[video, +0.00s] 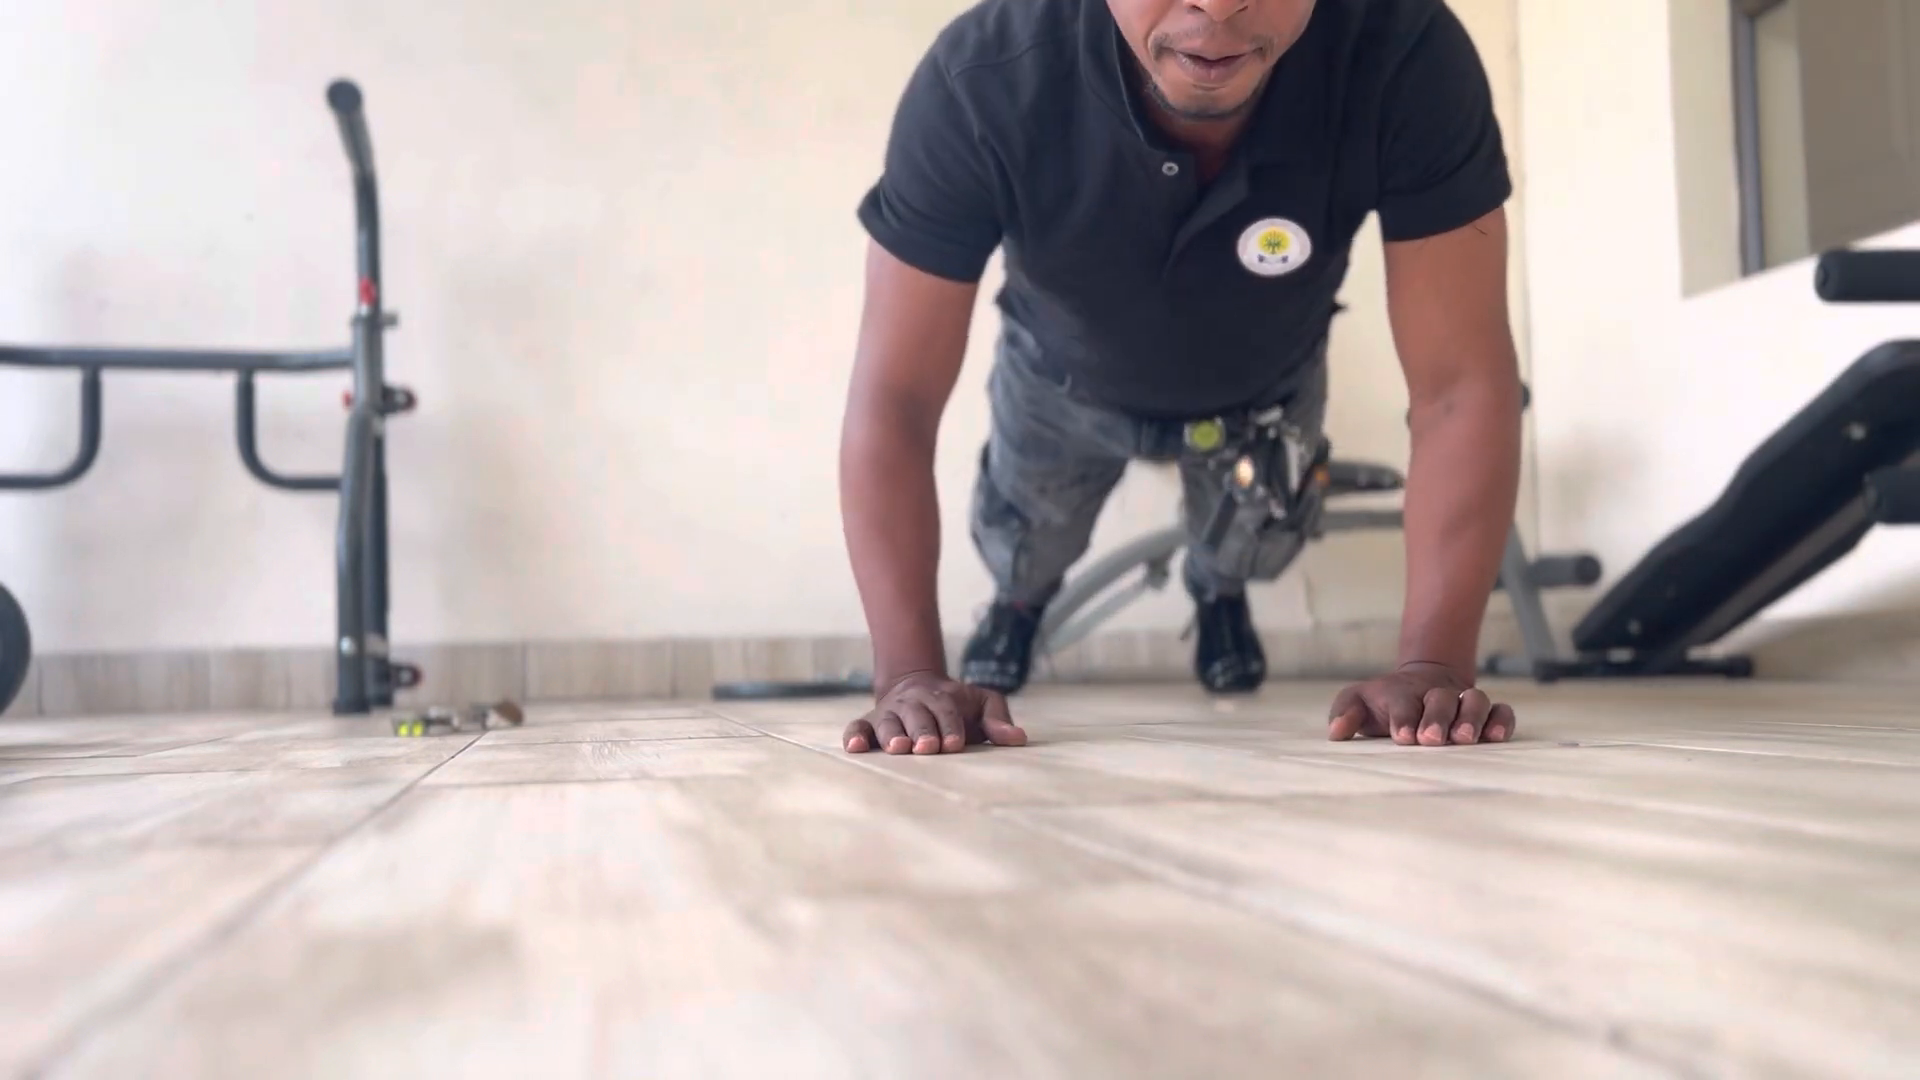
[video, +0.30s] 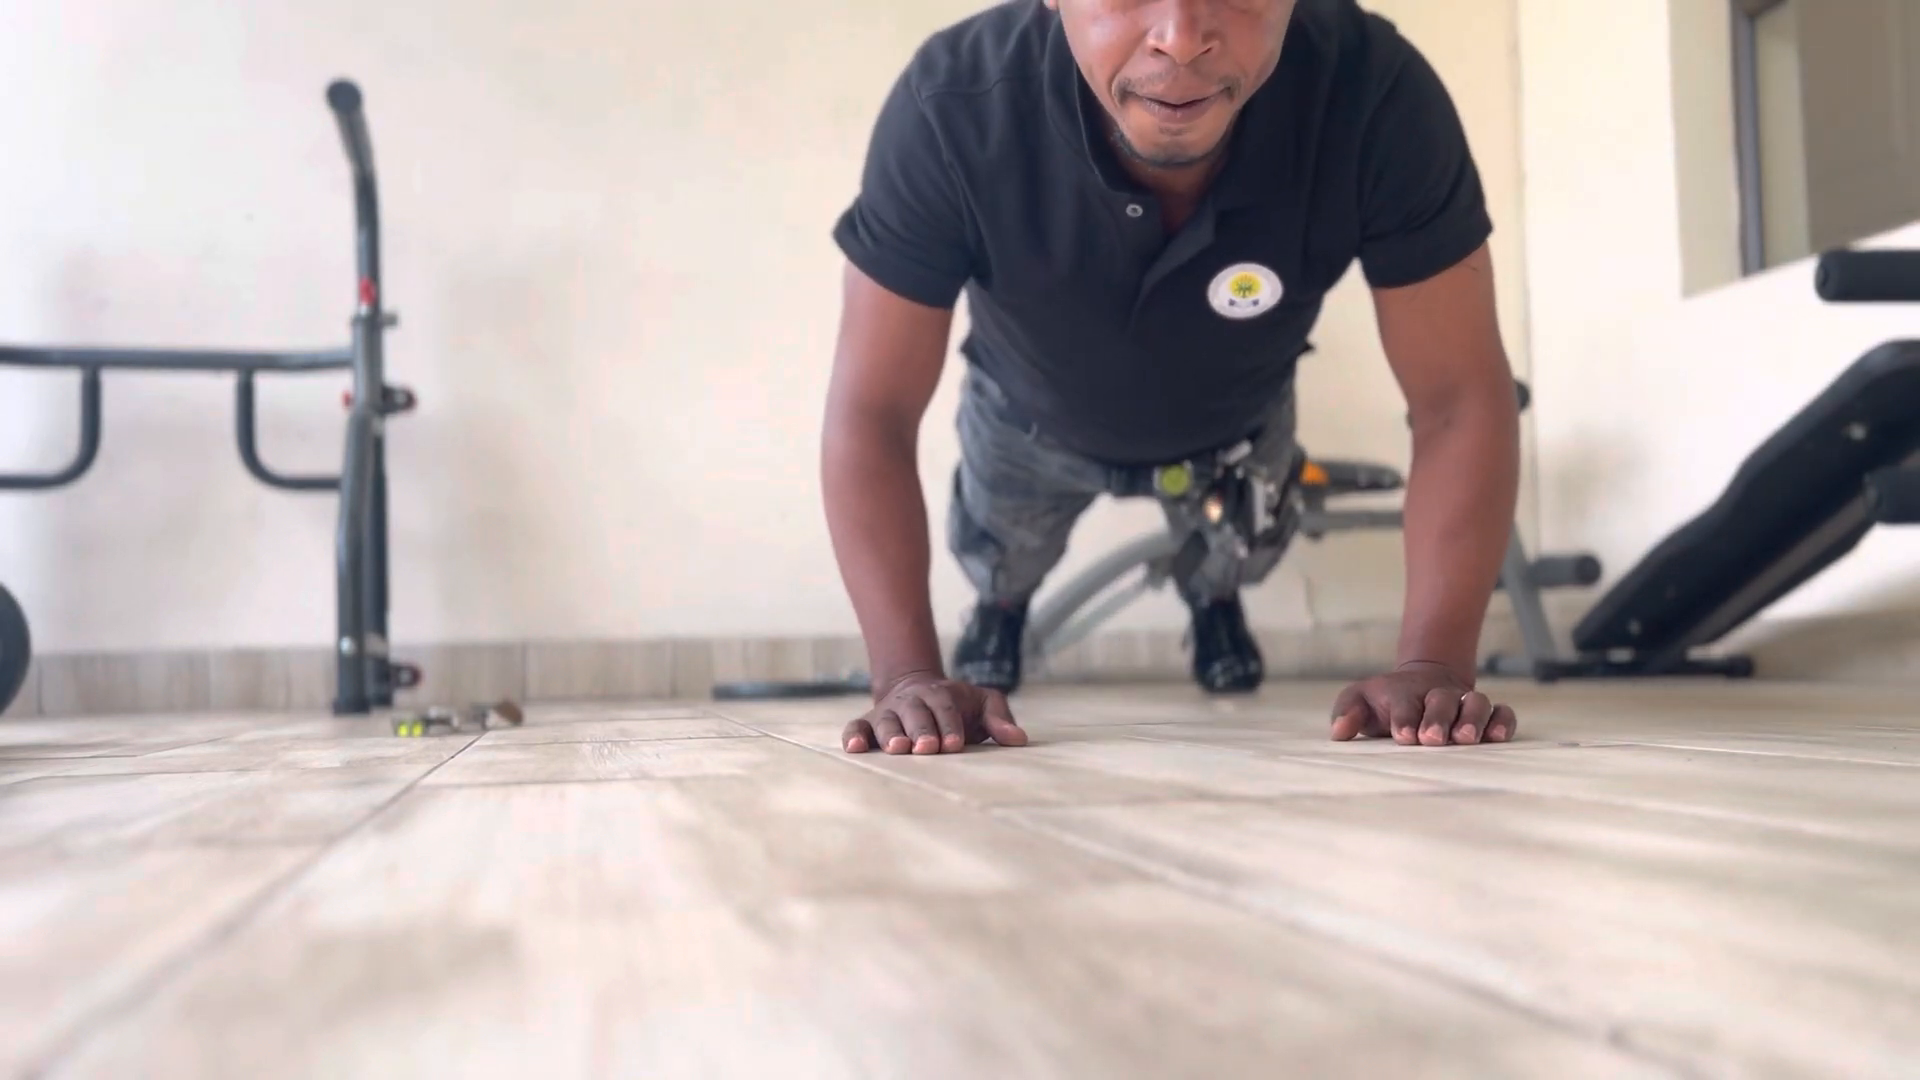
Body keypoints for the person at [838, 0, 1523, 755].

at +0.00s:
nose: (1213, 19)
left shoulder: (1403, 52)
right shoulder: (986, 74)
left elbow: (1460, 383)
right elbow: (892, 400)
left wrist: (1434, 664)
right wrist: (906, 676)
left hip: (1264, 384)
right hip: (1066, 377)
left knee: (1253, 534)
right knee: (1030, 527)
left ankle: (1222, 594)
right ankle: (1020, 607)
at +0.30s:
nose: (1181, 37)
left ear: (1297, 6)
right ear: (1055, 4)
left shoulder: (1374, 95)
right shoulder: (956, 101)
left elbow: (1460, 397)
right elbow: (870, 412)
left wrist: (1433, 668)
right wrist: (903, 677)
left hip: (1235, 419)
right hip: (1038, 420)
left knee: (1236, 536)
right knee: (1005, 540)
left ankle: (1218, 601)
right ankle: (1005, 610)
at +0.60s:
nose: (1084, 18)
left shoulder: (1309, 36)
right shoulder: (908, 49)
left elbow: (1382, 364)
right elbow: (877, 389)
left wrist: (1361, 647)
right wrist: (906, 672)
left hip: (1198, 376)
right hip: (999, 378)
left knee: (1217, 530)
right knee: (970, 527)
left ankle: (1212, 604)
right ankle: (966, 605)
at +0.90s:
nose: (1087, 38)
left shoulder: (1318, 36)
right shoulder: (917, 41)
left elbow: (1376, 365)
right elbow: (849, 361)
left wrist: (1357, 664)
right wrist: (866, 634)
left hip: (1216, 374)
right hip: (1016, 369)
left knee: (1234, 525)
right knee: (973, 519)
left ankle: (1228, 596)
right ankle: (968, 614)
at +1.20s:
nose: (1065, 126)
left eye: (1111, 87)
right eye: (1024, 82)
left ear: (1182, 46)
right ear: (972, 38)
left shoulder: (1291, 74)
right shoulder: (883, 98)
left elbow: (1400, 387)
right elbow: (792, 403)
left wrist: (1359, 669)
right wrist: (803, 679)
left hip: (1202, 406)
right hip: (998, 400)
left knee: (1223, 534)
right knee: (958, 529)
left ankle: (1217, 606)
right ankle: (951, 614)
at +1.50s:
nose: (1063, 113)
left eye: (1112, 65)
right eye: (1019, 65)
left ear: (1173, 35)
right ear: (960, 33)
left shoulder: (1275, 85)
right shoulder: (867, 98)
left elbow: (1406, 390)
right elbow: (781, 409)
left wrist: (1360, 669)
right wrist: (798, 682)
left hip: (1183, 415)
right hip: (974, 418)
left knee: (1218, 534)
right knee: (926, 540)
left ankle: (1217, 612)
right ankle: (908, 616)